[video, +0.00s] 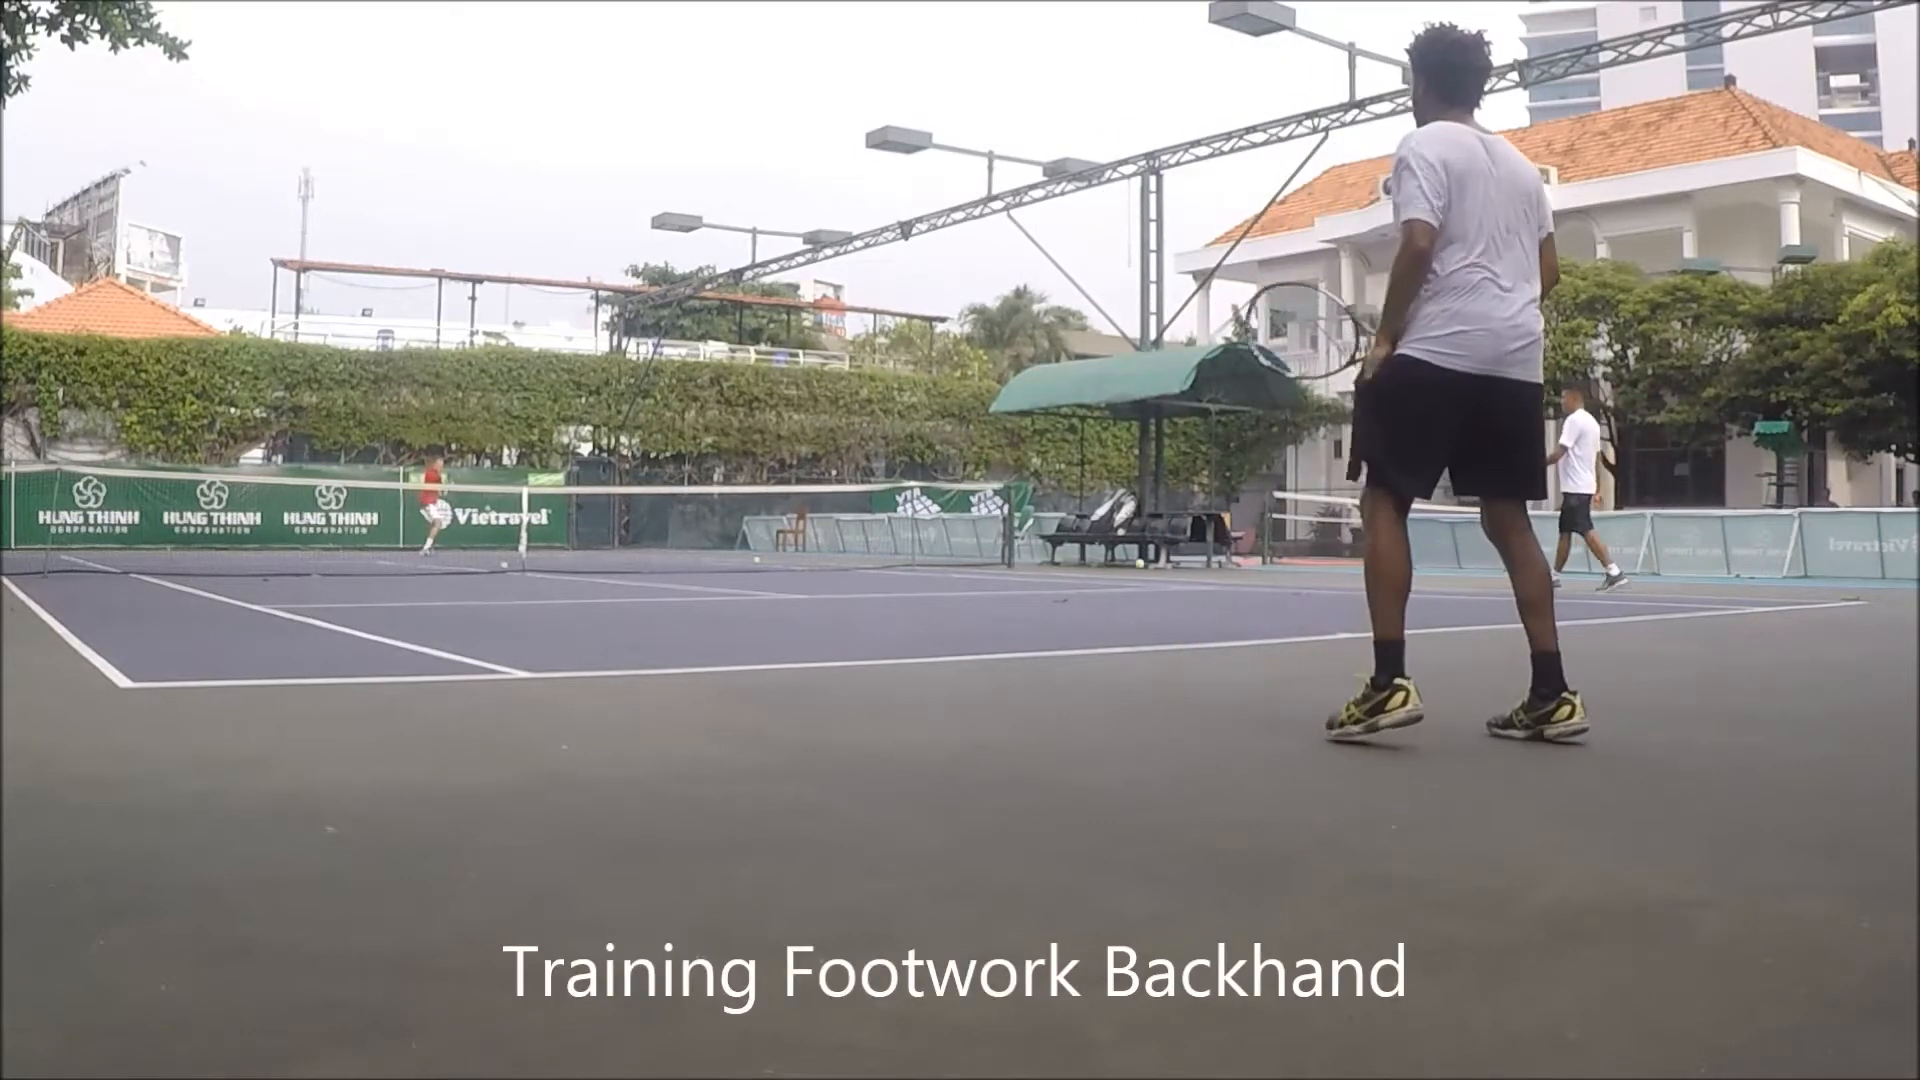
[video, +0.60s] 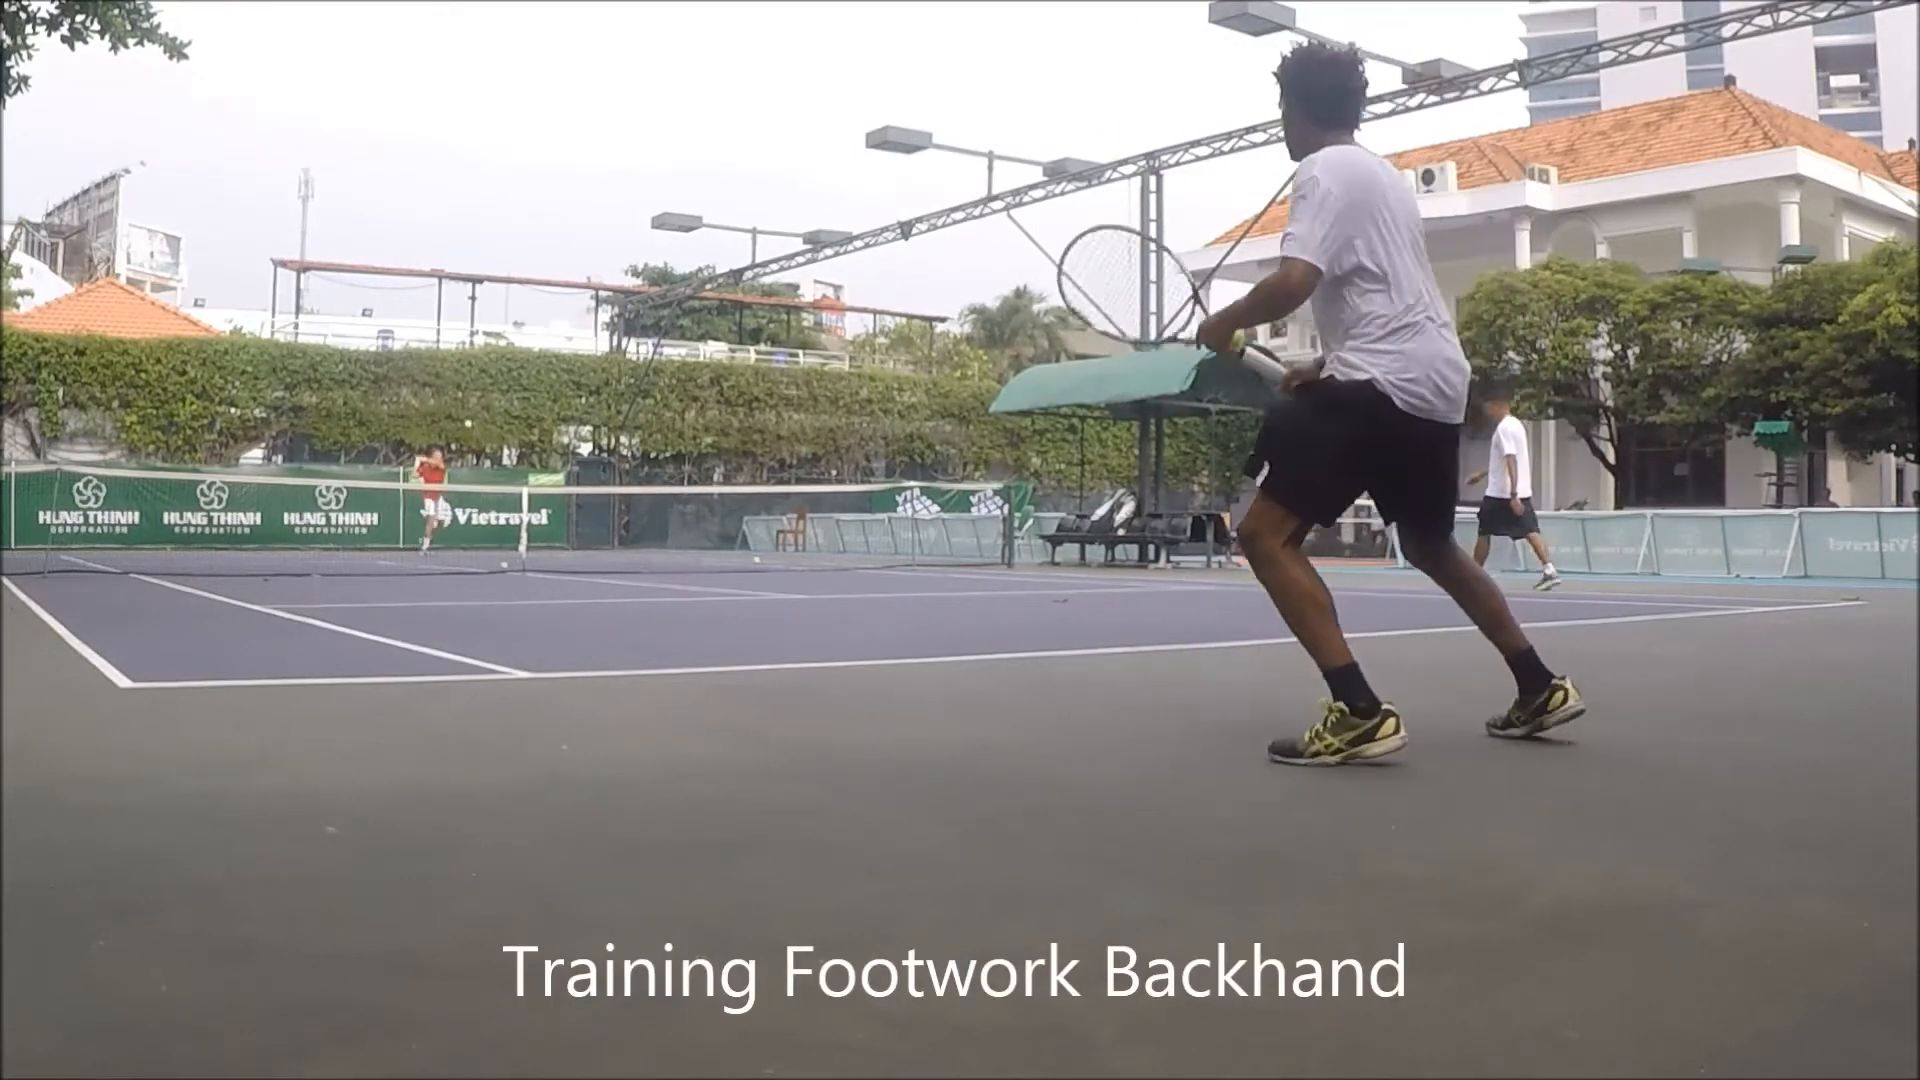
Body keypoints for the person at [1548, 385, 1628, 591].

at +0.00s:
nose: (1561, 402)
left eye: (1564, 398)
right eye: (1562, 398)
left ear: (1574, 399)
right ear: (1578, 400)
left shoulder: (1574, 420)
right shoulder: (1592, 422)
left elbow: (1559, 452)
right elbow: (1596, 460)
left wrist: (1539, 465)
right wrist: (1597, 489)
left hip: (1576, 489)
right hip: (1584, 488)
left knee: (1588, 532)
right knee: (1565, 532)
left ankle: (1613, 572)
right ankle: (1554, 575)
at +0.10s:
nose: (1551, 403)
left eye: (1553, 399)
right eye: (1552, 399)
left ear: (1561, 400)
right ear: (1568, 401)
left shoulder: (1563, 420)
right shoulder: (1578, 420)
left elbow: (1552, 453)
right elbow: (1577, 454)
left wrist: (1535, 467)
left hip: (1561, 486)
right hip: (1572, 486)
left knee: (1559, 532)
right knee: (1557, 531)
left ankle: (1594, 560)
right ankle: (1554, 574)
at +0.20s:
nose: (1538, 401)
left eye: (1540, 396)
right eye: (1538, 397)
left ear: (1550, 397)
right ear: (1555, 398)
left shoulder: (1553, 418)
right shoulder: (1566, 418)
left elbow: (1547, 451)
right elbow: (1564, 452)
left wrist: (1532, 473)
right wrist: (1546, 472)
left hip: (1548, 484)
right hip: (1563, 484)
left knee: (1533, 526)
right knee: (1551, 531)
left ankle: (1566, 556)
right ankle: (1554, 572)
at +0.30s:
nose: (1530, 404)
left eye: (1531, 399)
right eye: (1530, 399)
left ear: (1539, 399)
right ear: (1547, 399)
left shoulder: (1544, 419)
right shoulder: (1555, 418)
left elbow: (1541, 452)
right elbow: (1553, 452)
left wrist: (1532, 484)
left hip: (1540, 484)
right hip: (1555, 484)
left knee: (1521, 526)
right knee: (1551, 531)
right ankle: (1553, 572)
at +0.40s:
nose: (1515, 408)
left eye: (1516, 404)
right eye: (1515, 404)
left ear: (1525, 403)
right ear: (1533, 403)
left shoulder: (1531, 421)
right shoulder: (1543, 419)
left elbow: (1534, 454)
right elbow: (1542, 455)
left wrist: (1533, 488)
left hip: (1523, 486)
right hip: (1544, 486)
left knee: (1508, 527)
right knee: (1547, 532)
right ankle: (1552, 573)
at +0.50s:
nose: (1501, 409)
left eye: (1503, 404)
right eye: (1501, 404)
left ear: (1512, 402)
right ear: (1517, 402)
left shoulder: (1518, 424)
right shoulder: (1529, 422)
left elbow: (1524, 457)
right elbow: (1528, 458)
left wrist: (1528, 491)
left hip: (1513, 491)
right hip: (1533, 491)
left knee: (1498, 536)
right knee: (1541, 534)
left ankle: (1479, 573)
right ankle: (1551, 574)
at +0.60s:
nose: (1487, 412)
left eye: (1489, 407)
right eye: (1487, 407)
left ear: (1497, 406)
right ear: (1505, 406)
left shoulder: (1504, 428)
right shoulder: (1515, 425)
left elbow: (1511, 460)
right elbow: (1504, 460)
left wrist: (1514, 494)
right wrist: (1482, 475)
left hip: (1498, 494)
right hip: (1520, 493)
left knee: (1484, 534)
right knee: (1531, 533)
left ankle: (1473, 576)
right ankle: (1550, 570)